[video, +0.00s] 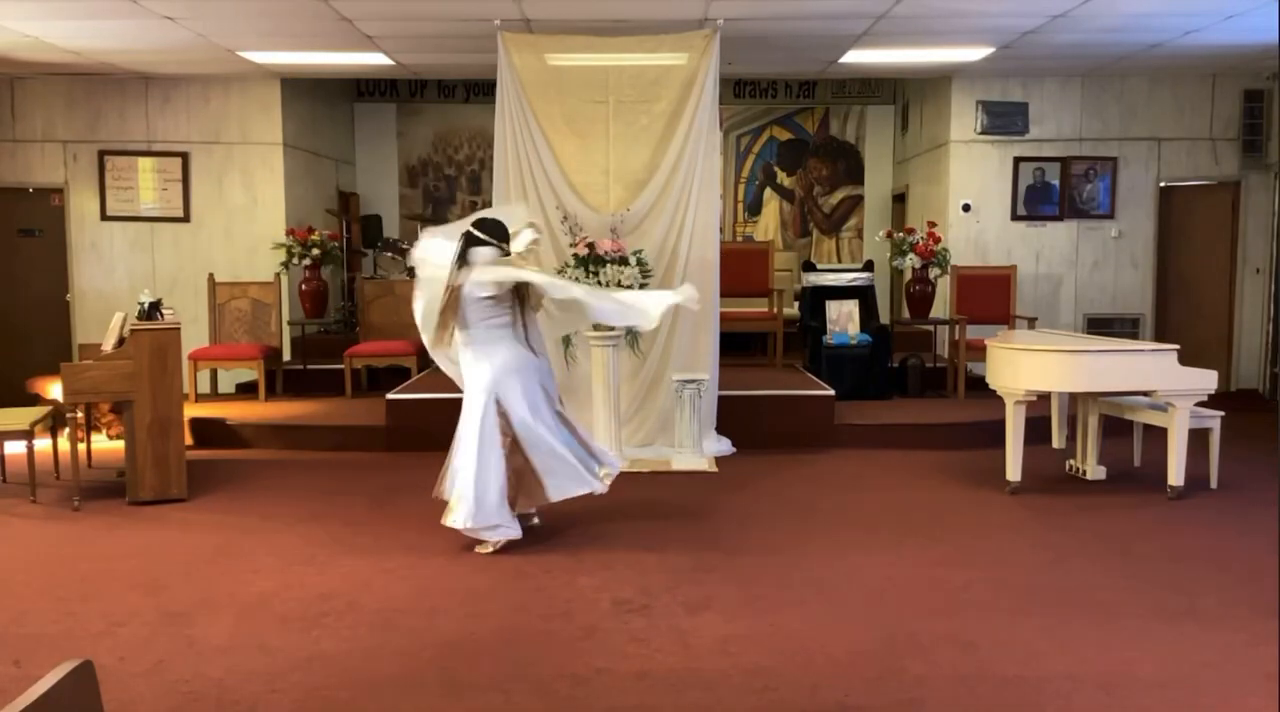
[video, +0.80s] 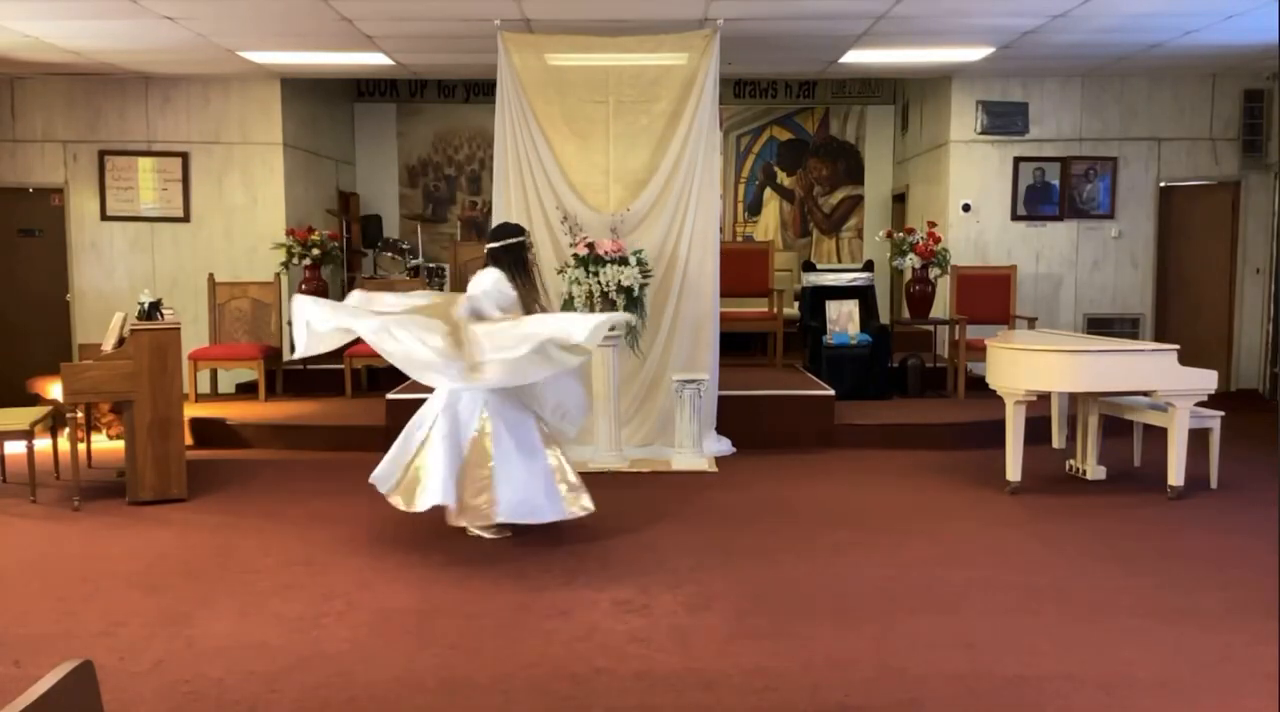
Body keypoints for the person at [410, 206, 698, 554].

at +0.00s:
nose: (476, 259)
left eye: (473, 251)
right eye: (483, 252)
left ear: (465, 251)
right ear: (503, 250)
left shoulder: (458, 282)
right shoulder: (517, 275)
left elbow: (439, 329)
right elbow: (545, 299)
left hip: (485, 366)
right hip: (522, 360)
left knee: (487, 444)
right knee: (525, 434)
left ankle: (500, 526)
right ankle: (525, 508)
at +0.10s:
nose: (463, 250)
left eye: (463, 244)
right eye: (476, 248)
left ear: (464, 251)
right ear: (501, 251)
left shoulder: (450, 281)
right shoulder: (518, 277)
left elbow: (429, 320)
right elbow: (548, 312)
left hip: (486, 371)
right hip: (528, 365)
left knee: (485, 446)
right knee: (519, 437)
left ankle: (499, 527)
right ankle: (510, 512)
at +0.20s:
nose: (461, 247)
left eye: (463, 243)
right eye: (469, 244)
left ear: (468, 247)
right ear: (503, 247)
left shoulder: (459, 281)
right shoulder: (519, 278)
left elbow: (410, 292)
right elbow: (562, 311)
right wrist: (618, 316)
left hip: (481, 368)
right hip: (523, 365)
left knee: (479, 442)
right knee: (519, 434)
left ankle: (493, 524)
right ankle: (514, 505)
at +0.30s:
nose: (477, 252)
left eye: (474, 246)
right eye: (487, 246)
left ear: (471, 250)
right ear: (509, 248)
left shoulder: (460, 282)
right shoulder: (529, 279)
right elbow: (568, 264)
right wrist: (602, 246)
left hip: (472, 370)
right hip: (518, 367)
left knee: (472, 435)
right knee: (506, 433)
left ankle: (478, 512)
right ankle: (509, 512)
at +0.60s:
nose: (518, 262)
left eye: (511, 254)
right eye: (516, 255)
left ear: (481, 249)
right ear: (508, 252)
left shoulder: (462, 281)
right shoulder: (504, 280)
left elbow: (413, 289)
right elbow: (550, 291)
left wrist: (384, 289)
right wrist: (598, 288)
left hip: (465, 375)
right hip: (493, 377)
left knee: (471, 438)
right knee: (493, 439)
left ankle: (472, 506)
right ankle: (487, 511)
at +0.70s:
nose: (527, 258)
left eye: (518, 252)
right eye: (524, 252)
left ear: (489, 250)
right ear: (515, 251)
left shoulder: (474, 281)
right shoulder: (505, 283)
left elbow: (429, 296)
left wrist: (382, 305)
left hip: (461, 377)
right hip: (484, 380)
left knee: (468, 438)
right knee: (490, 442)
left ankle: (464, 500)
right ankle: (484, 512)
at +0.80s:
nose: (531, 255)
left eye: (527, 248)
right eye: (526, 249)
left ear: (496, 250)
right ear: (516, 252)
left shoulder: (504, 283)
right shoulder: (493, 285)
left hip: (498, 381)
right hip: (481, 384)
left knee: (499, 446)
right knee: (485, 448)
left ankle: (487, 511)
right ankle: (477, 516)